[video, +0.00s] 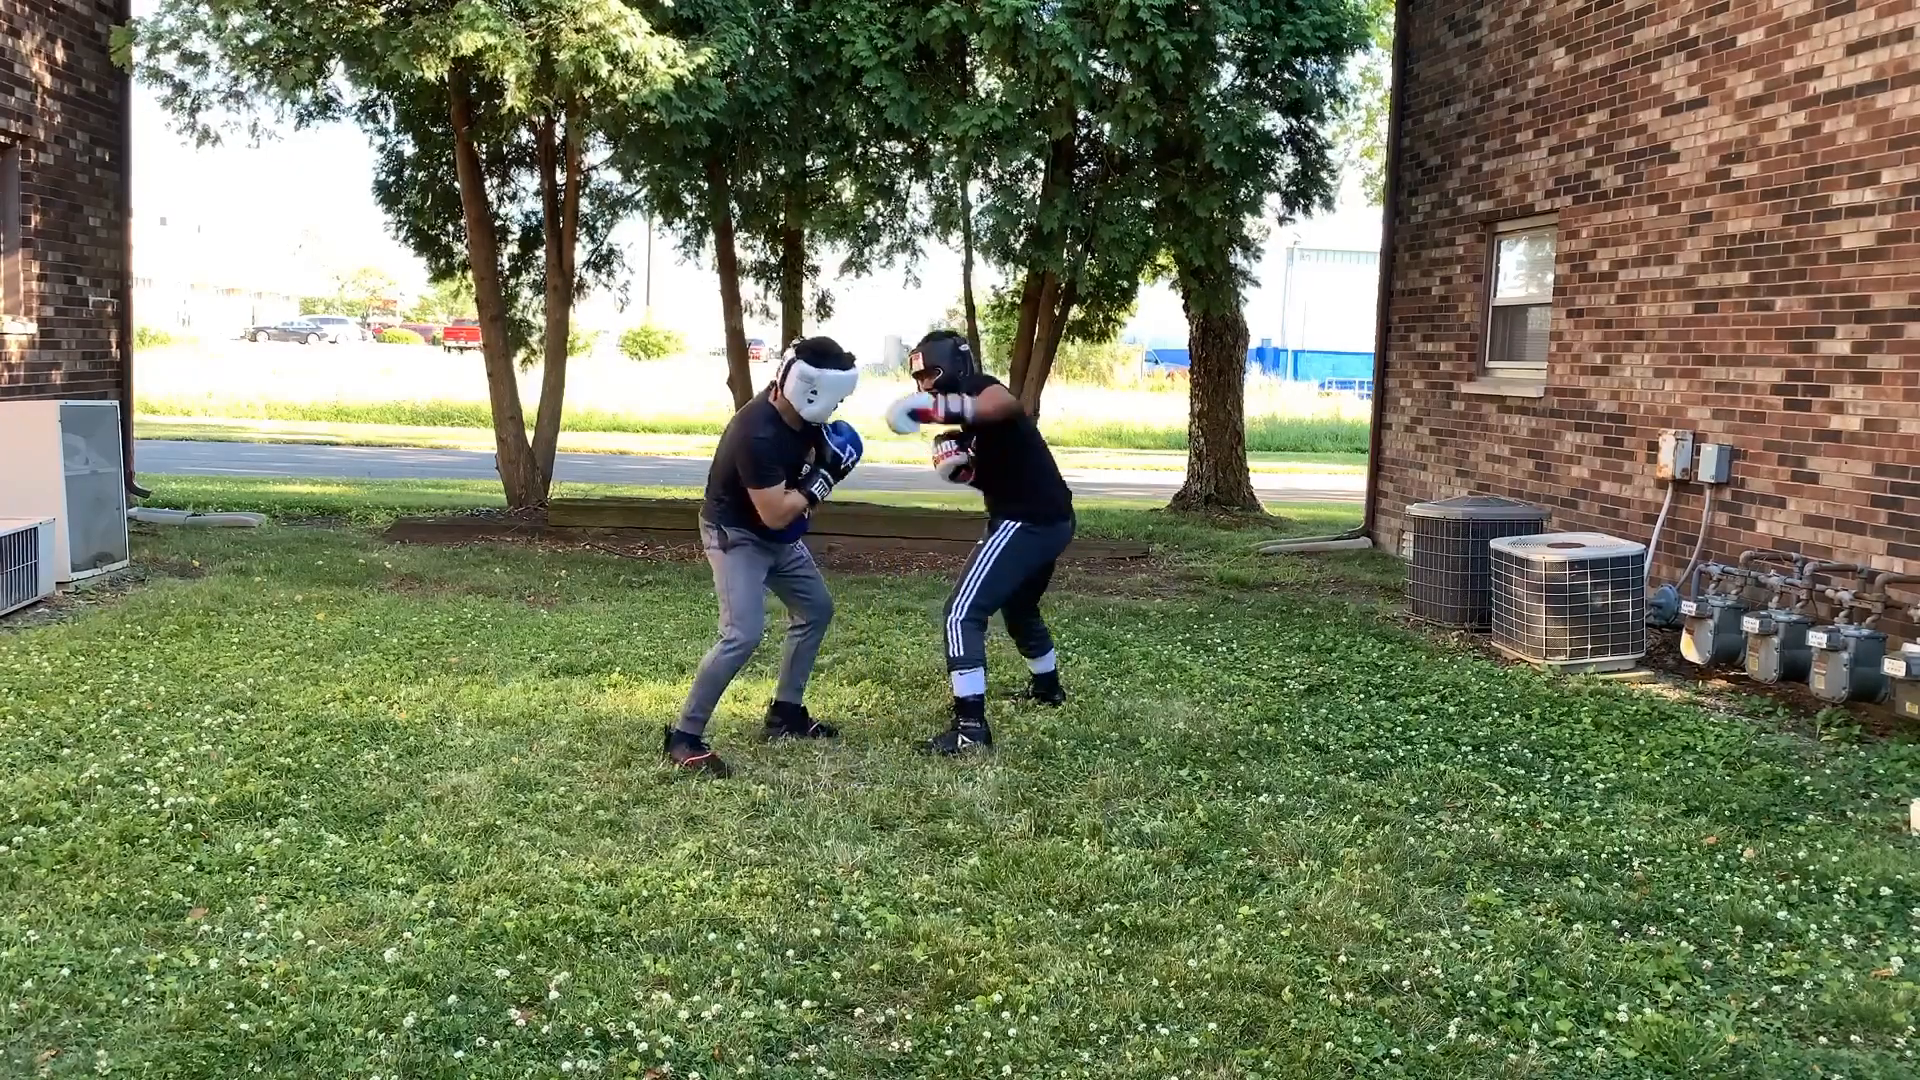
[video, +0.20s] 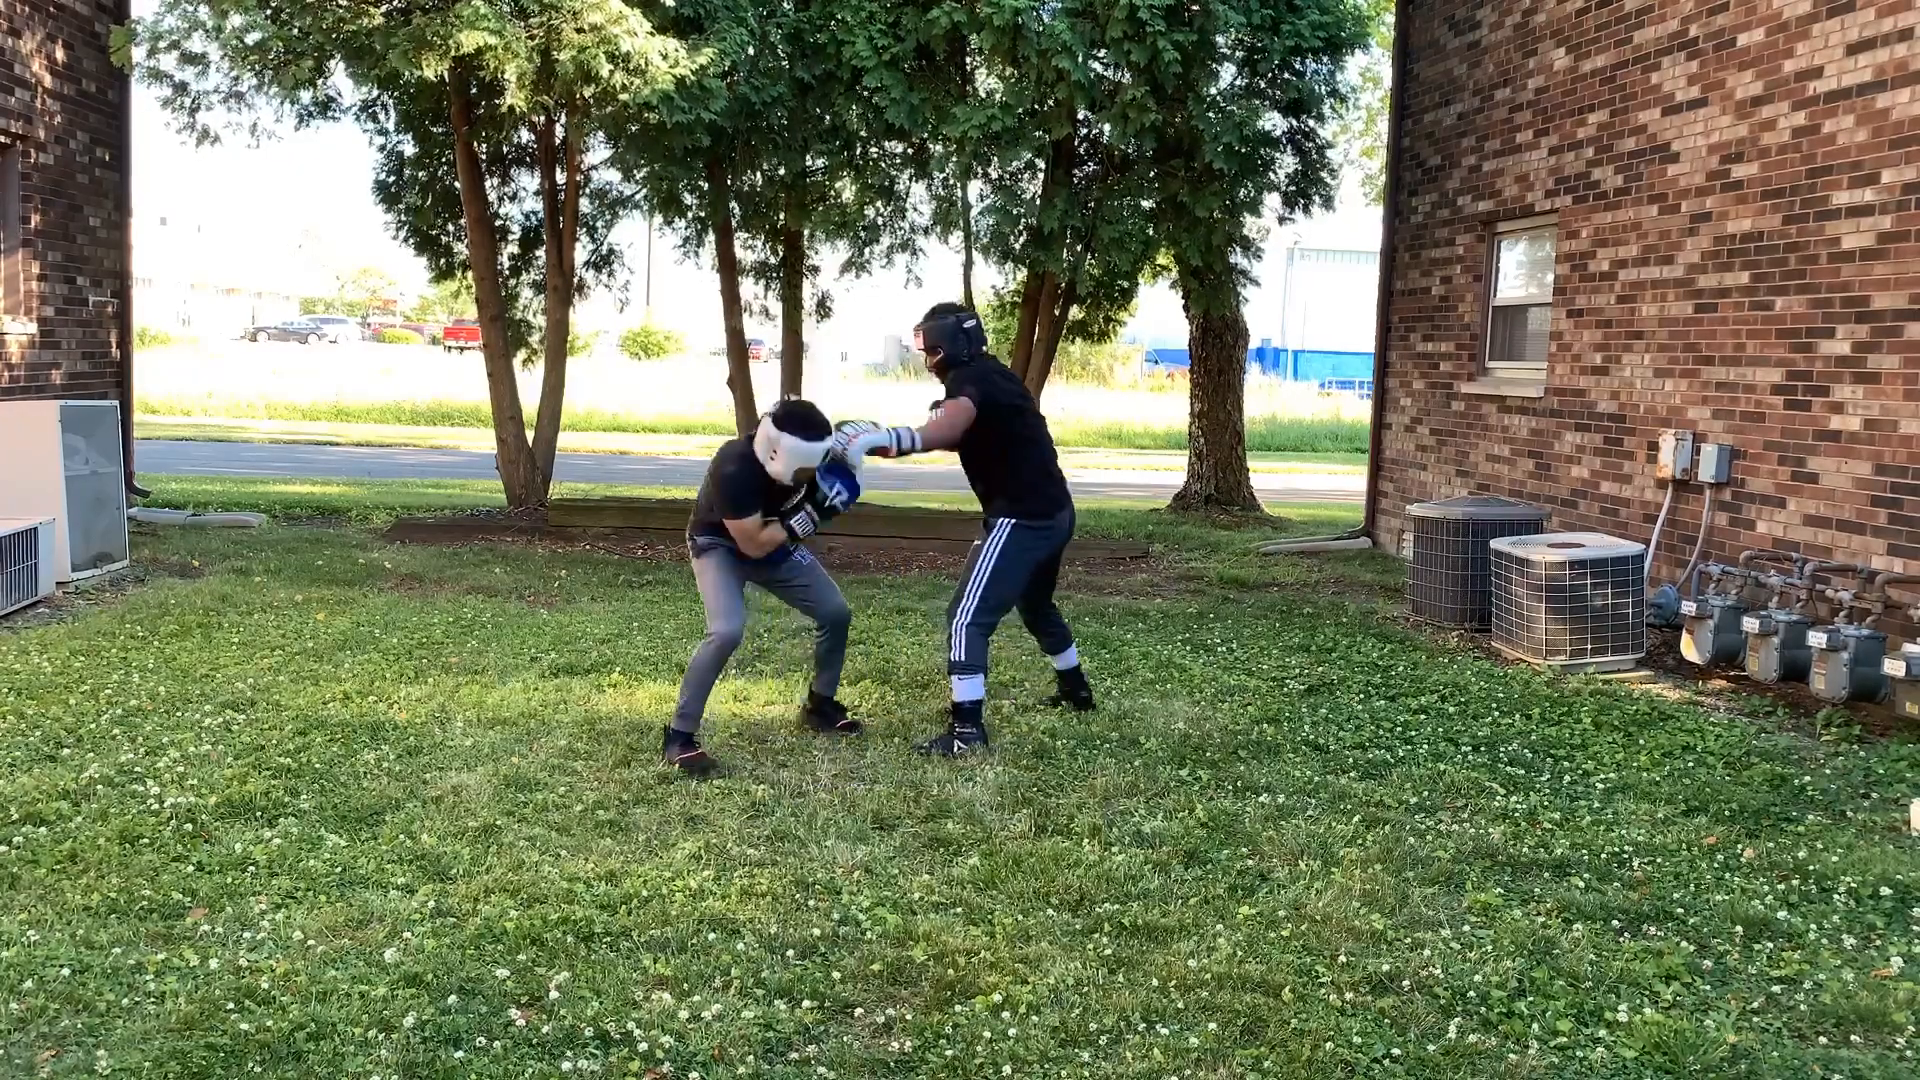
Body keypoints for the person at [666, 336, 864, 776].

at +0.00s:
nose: (833, 406)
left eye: (836, 397)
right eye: (829, 397)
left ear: (801, 385)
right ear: (800, 387)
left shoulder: (802, 416)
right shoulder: (756, 431)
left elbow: (807, 471)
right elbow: (777, 516)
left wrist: (828, 465)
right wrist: (822, 481)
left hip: (780, 535)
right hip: (734, 536)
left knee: (815, 608)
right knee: (742, 634)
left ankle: (787, 713)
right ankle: (685, 737)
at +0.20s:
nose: (804, 477)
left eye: (810, 469)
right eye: (799, 469)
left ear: (820, 452)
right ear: (773, 451)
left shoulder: (800, 455)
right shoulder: (734, 470)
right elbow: (753, 545)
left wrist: (828, 498)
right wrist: (812, 514)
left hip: (772, 542)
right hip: (716, 545)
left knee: (836, 614)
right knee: (726, 631)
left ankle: (821, 705)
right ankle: (680, 736)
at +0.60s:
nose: (858, 473)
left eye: (863, 465)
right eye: (853, 466)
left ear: (867, 451)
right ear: (825, 450)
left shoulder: (858, 458)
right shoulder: (771, 452)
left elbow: (874, 491)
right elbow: (744, 517)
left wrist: (849, 511)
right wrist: (802, 516)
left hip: (808, 546)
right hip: (748, 540)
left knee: (854, 614)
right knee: (718, 622)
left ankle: (840, 709)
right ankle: (683, 721)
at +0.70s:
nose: (848, 440)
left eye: (856, 431)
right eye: (842, 431)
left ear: (866, 415)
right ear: (818, 411)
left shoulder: (860, 426)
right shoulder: (770, 424)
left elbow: (897, 457)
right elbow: (750, 489)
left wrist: (864, 482)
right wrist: (804, 488)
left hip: (813, 524)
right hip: (753, 516)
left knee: (846, 606)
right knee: (721, 602)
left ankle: (840, 707)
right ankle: (683, 708)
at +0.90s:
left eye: (812, 357)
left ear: (815, 361)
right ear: (859, 356)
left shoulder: (798, 401)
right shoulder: (893, 387)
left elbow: (794, 459)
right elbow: (901, 451)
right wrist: (896, 381)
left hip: (829, 540)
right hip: (888, 532)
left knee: (830, 630)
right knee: (932, 645)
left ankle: (804, 734)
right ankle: (914, 765)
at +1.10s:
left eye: (823, 342)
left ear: (824, 348)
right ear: (869, 346)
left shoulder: (798, 391)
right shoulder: (901, 385)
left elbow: (791, 458)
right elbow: (909, 454)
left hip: (816, 544)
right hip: (878, 540)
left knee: (824, 634)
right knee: (923, 659)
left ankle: (802, 735)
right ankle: (909, 781)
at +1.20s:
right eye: (878, 334)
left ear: (831, 340)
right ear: (878, 341)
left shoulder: (796, 384)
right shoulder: (906, 384)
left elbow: (796, 452)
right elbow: (906, 458)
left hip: (807, 540)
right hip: (869, 537)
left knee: (816, 635)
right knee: (912, 655)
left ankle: (801, 735)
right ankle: (908, 779)